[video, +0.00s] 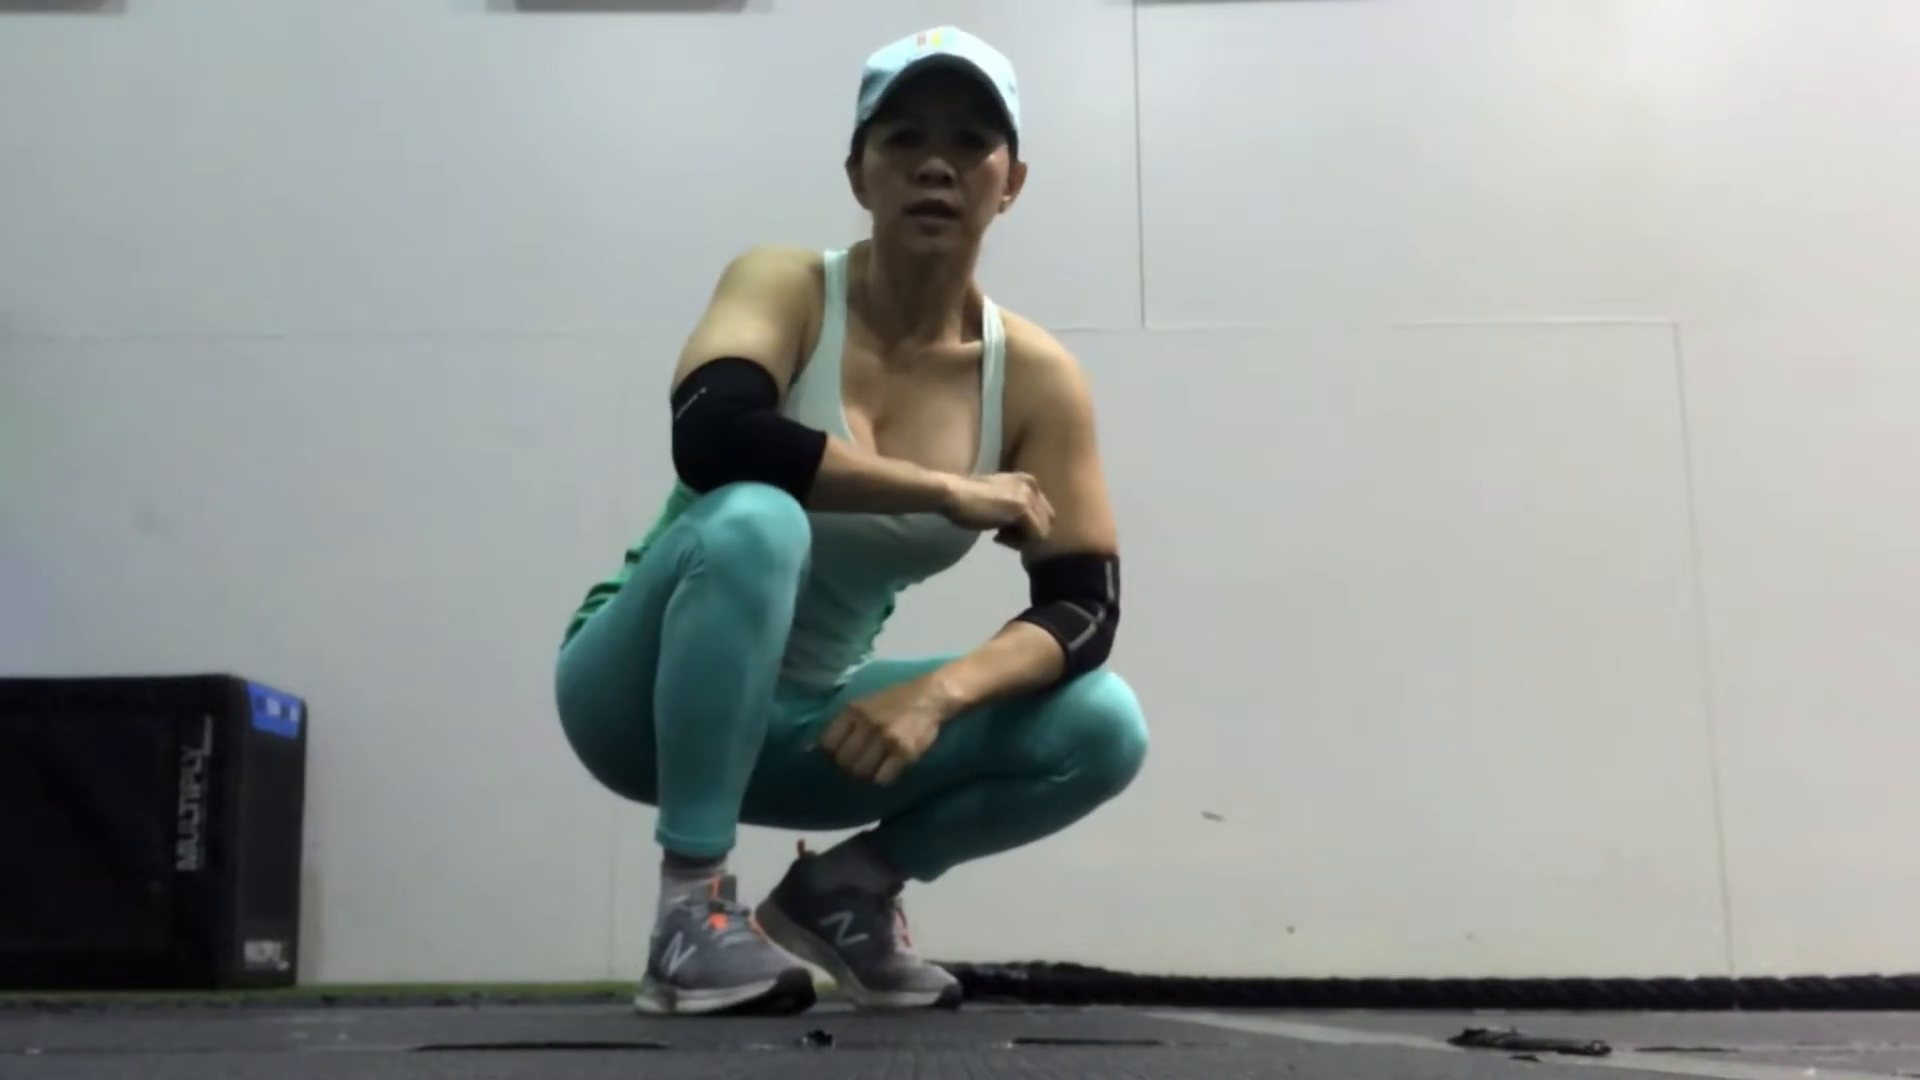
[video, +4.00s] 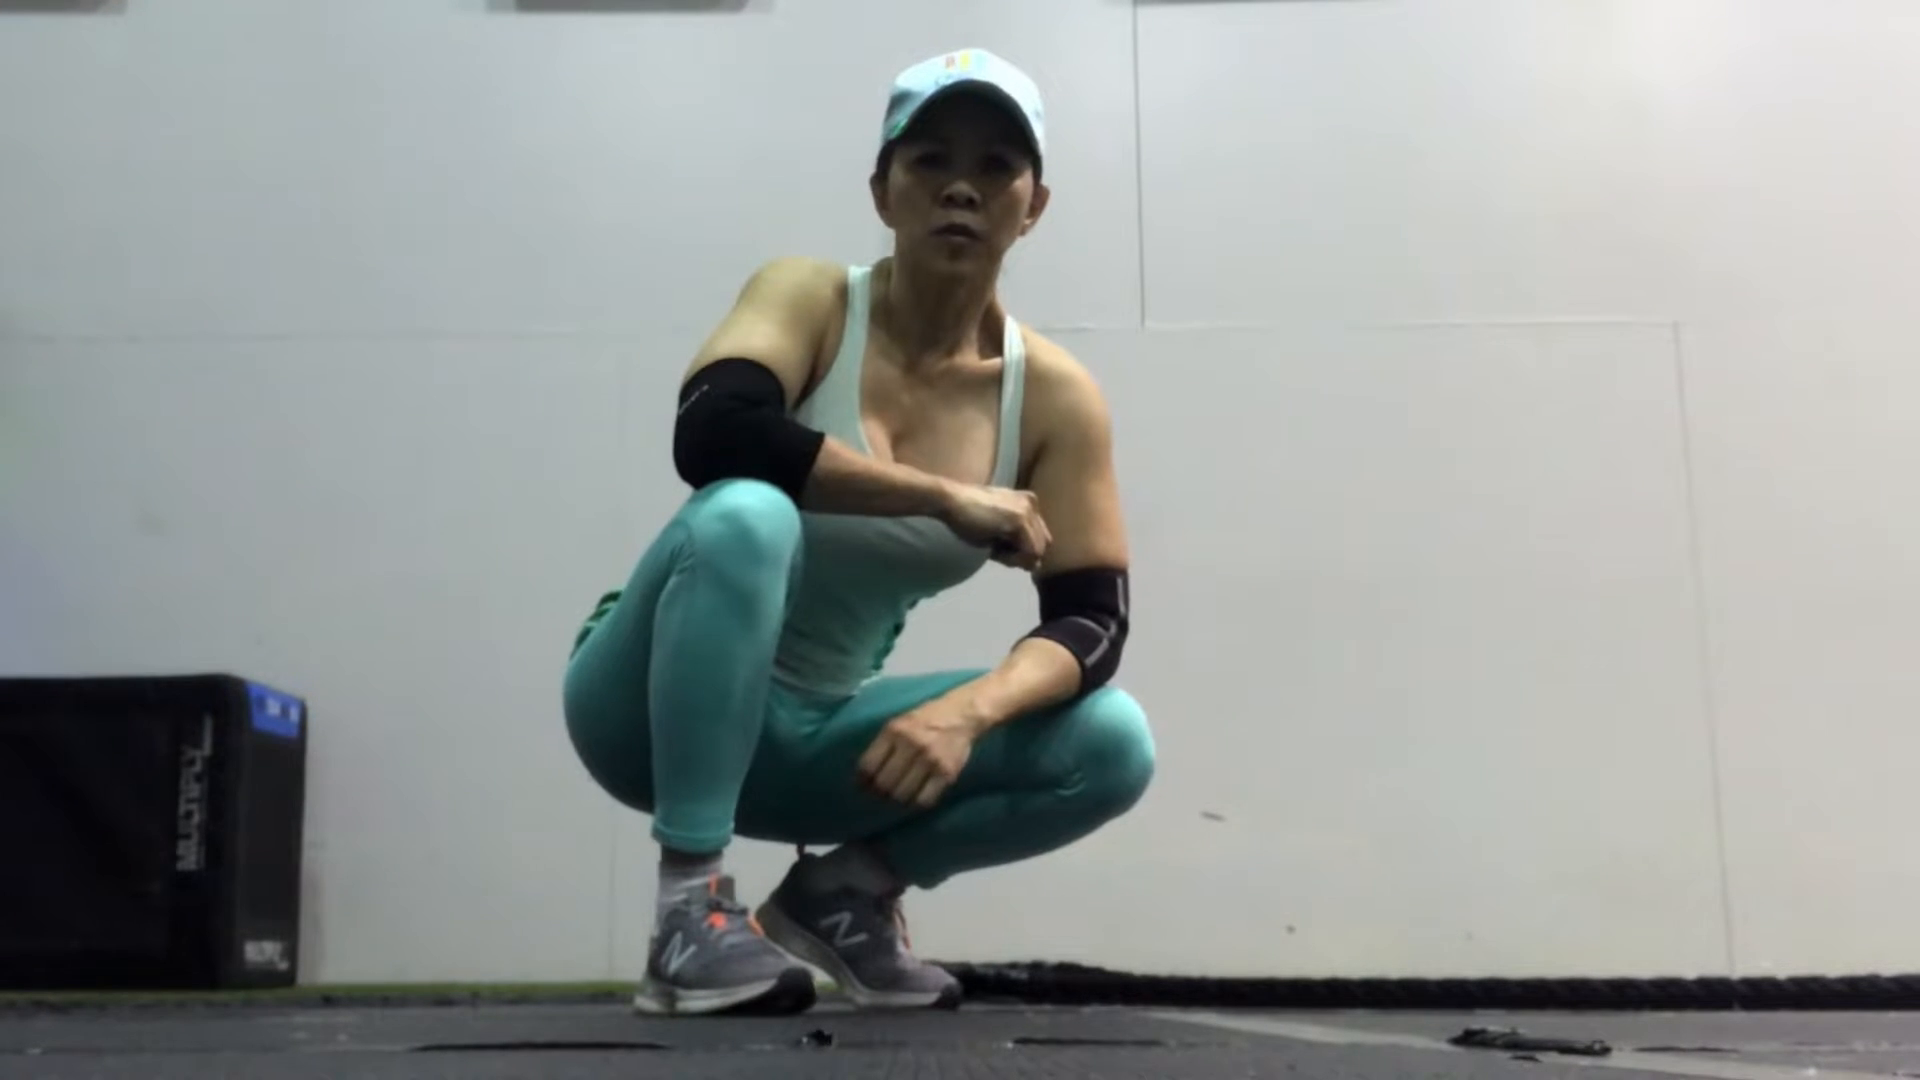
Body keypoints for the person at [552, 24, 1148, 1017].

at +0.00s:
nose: (936, 163)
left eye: (968, 141)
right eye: (906, 138)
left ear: (1010, 182)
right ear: (860, 171)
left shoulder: (1034, 377)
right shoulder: (780, 287)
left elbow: (1082, 609)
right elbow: (715, 438)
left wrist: (936, 691)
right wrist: (949, 493)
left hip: (813, 722)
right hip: (643, 694)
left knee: (1101, 727)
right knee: (756, 526)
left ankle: (841, 888)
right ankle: (692, 911)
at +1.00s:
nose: (983, 180)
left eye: (1005, 155)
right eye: (945, 152)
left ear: (1032, 181)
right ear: (878, 179)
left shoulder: (1048, 389)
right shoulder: (792, 295)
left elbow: (1087, 620)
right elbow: (715, 437)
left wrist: (949, 708)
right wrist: (946, 497)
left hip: (821, 729)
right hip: (657, 696)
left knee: (1107, 740)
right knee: (746, 520)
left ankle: (839, 890)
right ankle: (692, 911)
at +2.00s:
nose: (960, 189)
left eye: (993, 163)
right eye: (929, 159)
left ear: (1034, 195)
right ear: (881, 182)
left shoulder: (1054, 394)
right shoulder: (800, 298)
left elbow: (1094, 627)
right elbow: (711, 436)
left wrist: (951, 712)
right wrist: (942, 497)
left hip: (829, 732)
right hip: (666, 699)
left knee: (1112, 748)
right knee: (741, 516)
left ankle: (845, 888)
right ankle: (692, 909)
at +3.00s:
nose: (965, 185)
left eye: (997, 166)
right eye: (936, 157)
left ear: (1032, 207)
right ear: (883, 187)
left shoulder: (1049, 393)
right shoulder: (803, 295)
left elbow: (1094, 616)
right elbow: (717, 436)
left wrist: (980, 704)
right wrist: (948, 492)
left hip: (818, 738)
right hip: (657, 703)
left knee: (1114, 740)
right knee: (752, 519)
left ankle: (840, 891)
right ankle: (691, 909)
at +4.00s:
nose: (960, 187)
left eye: (992, 165)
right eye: (931, 159)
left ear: (1033, 202)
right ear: (883, 189)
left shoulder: (1054, 398)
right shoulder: (804, 297)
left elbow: (1090, 621)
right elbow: (714, 434)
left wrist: (968, 710)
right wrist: (943, 498)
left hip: (821, 740)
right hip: (658, 705)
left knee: (1110, 745)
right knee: (747, 517)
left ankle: (840, 891)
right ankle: (691, 910)